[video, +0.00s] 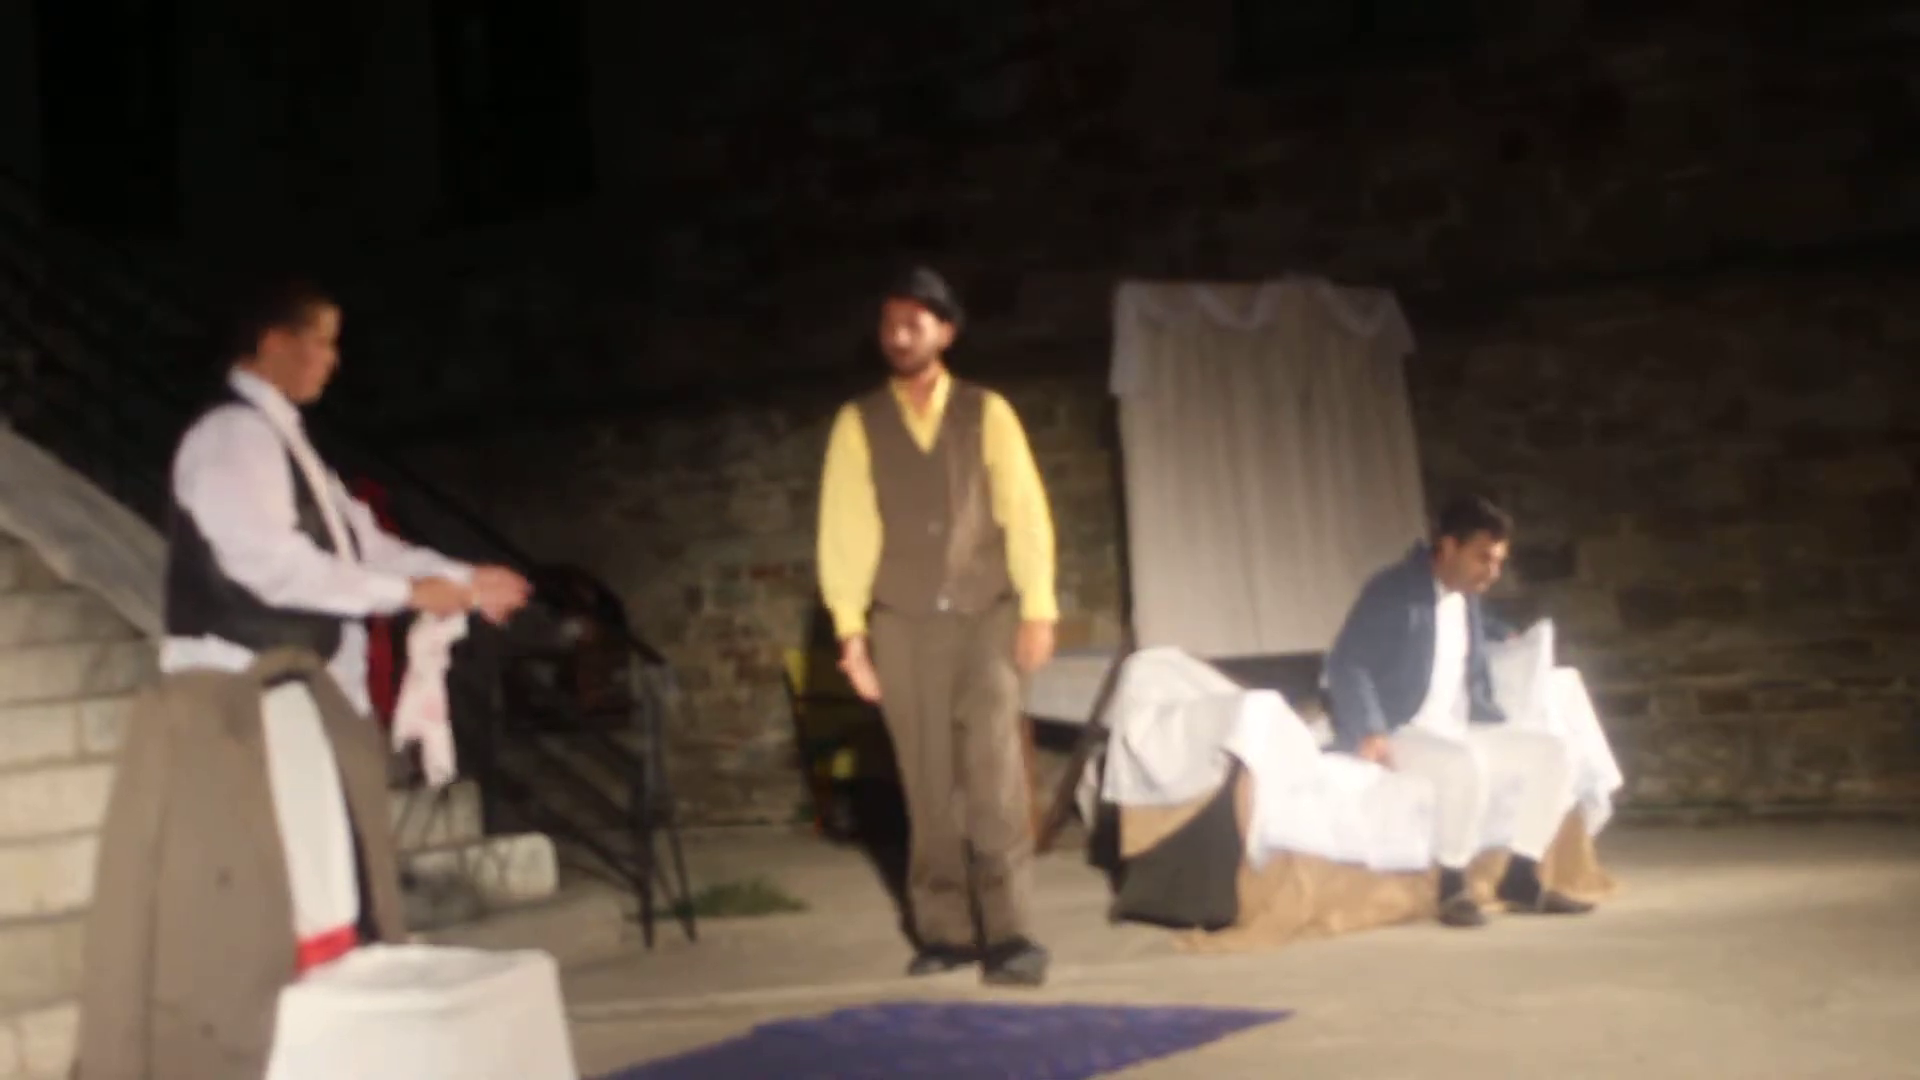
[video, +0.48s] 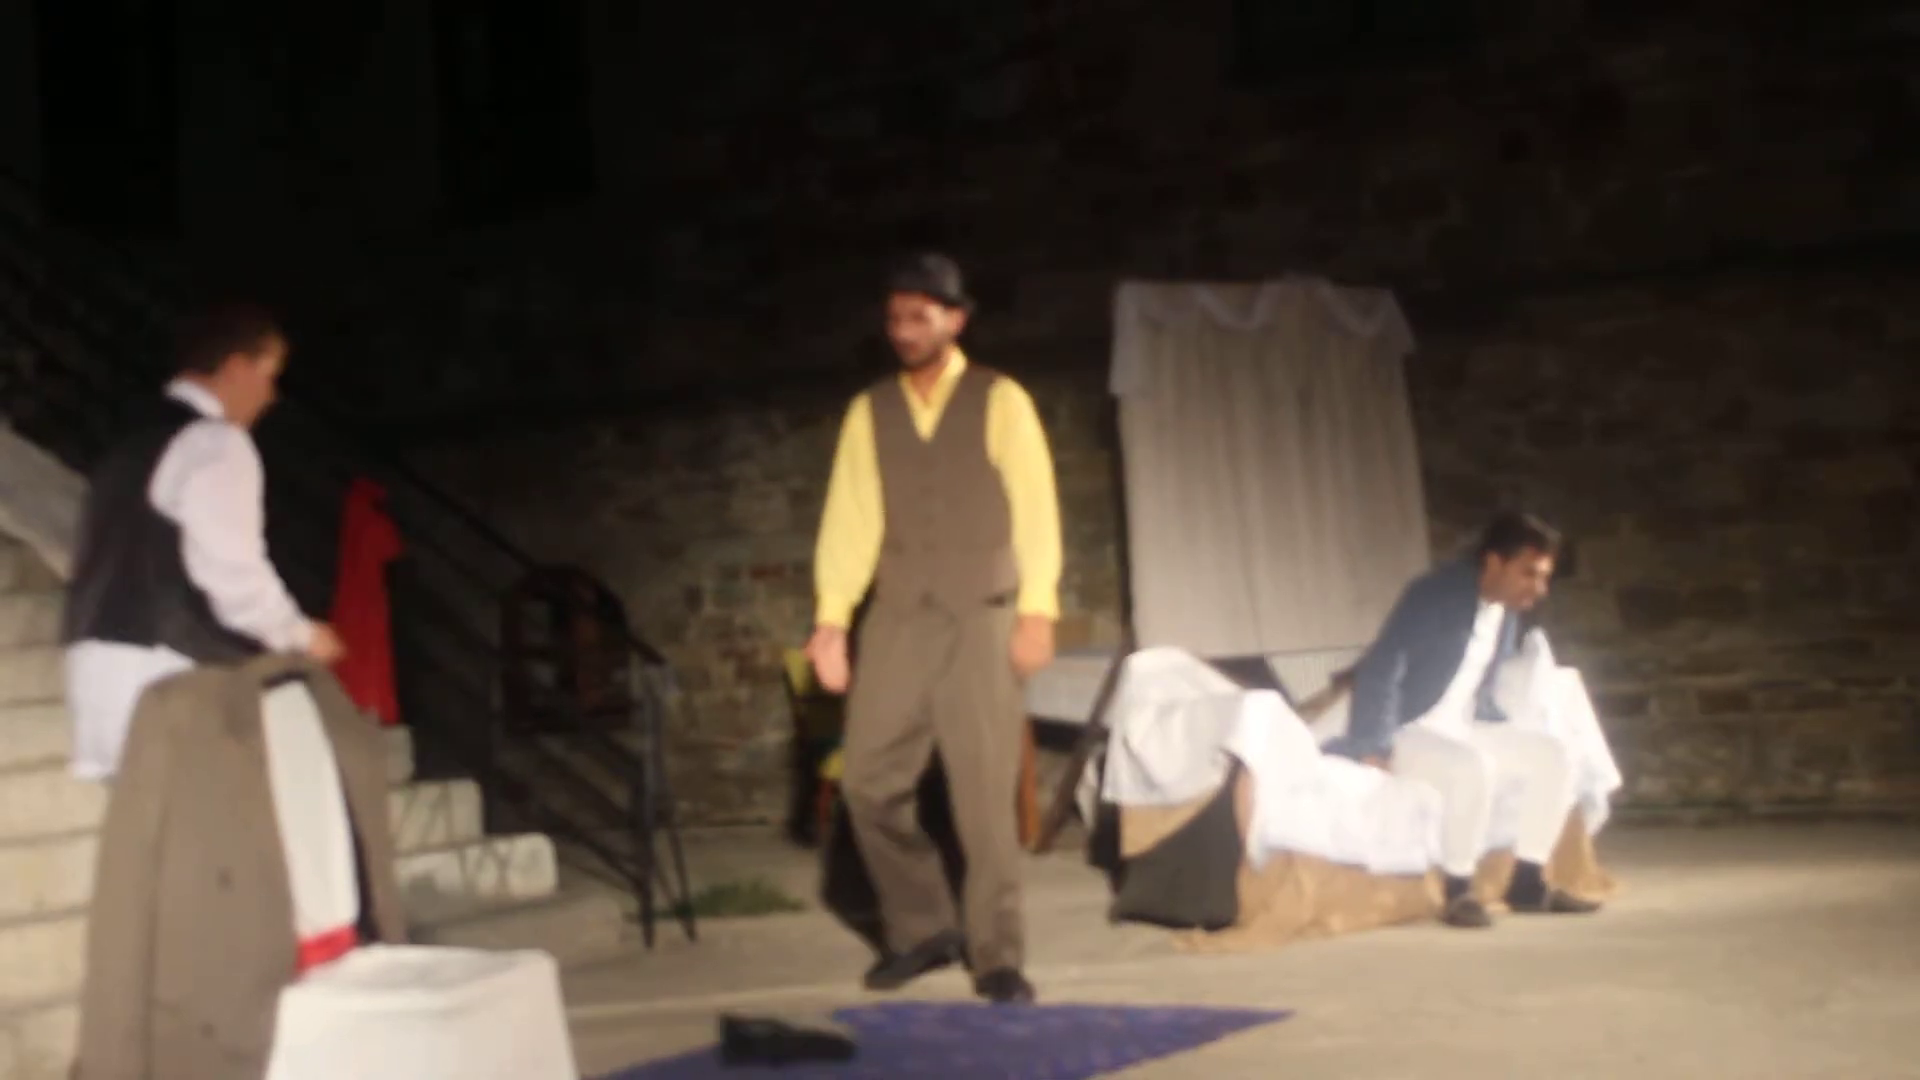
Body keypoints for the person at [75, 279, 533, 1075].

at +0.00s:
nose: (332, 359)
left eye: (334, 344)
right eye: (321, 342)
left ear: (287, 349)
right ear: (272, 344)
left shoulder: (287, 440)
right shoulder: (232, 436)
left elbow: (364, 545)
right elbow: (268, 566)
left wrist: (464, 580)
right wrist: (411, 594)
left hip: (300, 704)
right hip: (241, 710)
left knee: (332, 887)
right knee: (288, 895)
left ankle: (340, 1048)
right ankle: (293, 1051)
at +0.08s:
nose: (337, 370)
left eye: (340, 354)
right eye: (326, 352)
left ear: (300, 357)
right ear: (274, 349)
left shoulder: (305, 455)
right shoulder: (221, 441)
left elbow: (379, 549)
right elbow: (252, 567)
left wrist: (483, 599)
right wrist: (391, 600)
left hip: (299, 708)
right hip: (224, 712)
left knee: (328, 893)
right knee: (249, 902)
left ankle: (336, 1049)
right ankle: (250, 1057)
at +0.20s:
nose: (337, 382)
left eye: (341, 366)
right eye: (327, 362)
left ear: (296, 366)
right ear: (277, 357)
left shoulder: (297, 459)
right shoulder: (212, 442)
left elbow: (353, 575)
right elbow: (228, 573)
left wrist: (445, 626)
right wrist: (356, 616)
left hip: (292, 708)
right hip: (212, 714)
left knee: (325, 898)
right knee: (236, 910)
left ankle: (332, 1052)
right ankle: (239, 1061)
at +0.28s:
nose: (325, 392)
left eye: (329, 375)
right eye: (318, 372)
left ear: (284, 369)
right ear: (267, 363)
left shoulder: (269, 459)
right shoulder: (208, 446)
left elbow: (289, 599)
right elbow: (216, 575)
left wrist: (380, 654)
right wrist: (348, 623)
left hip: (270, 716)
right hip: (207, 724)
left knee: (310, 906)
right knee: (234, 916)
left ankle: (310, 1057)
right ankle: (231, 1063)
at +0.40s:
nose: (299, 396)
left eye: (300, 381)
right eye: (292, 378)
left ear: (248, 374)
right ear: (246, 371)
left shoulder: (230, 453)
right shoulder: (205, 449)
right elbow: (219, 576)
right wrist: (329, 636)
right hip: (171, 700)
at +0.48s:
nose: (271, 395)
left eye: (275, 380)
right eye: (270, 377)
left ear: (213, 363)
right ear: (236, 366)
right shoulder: (218, 445)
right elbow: (230, 568)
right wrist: (299, 634)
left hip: (99, 661)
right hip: (163, 673)